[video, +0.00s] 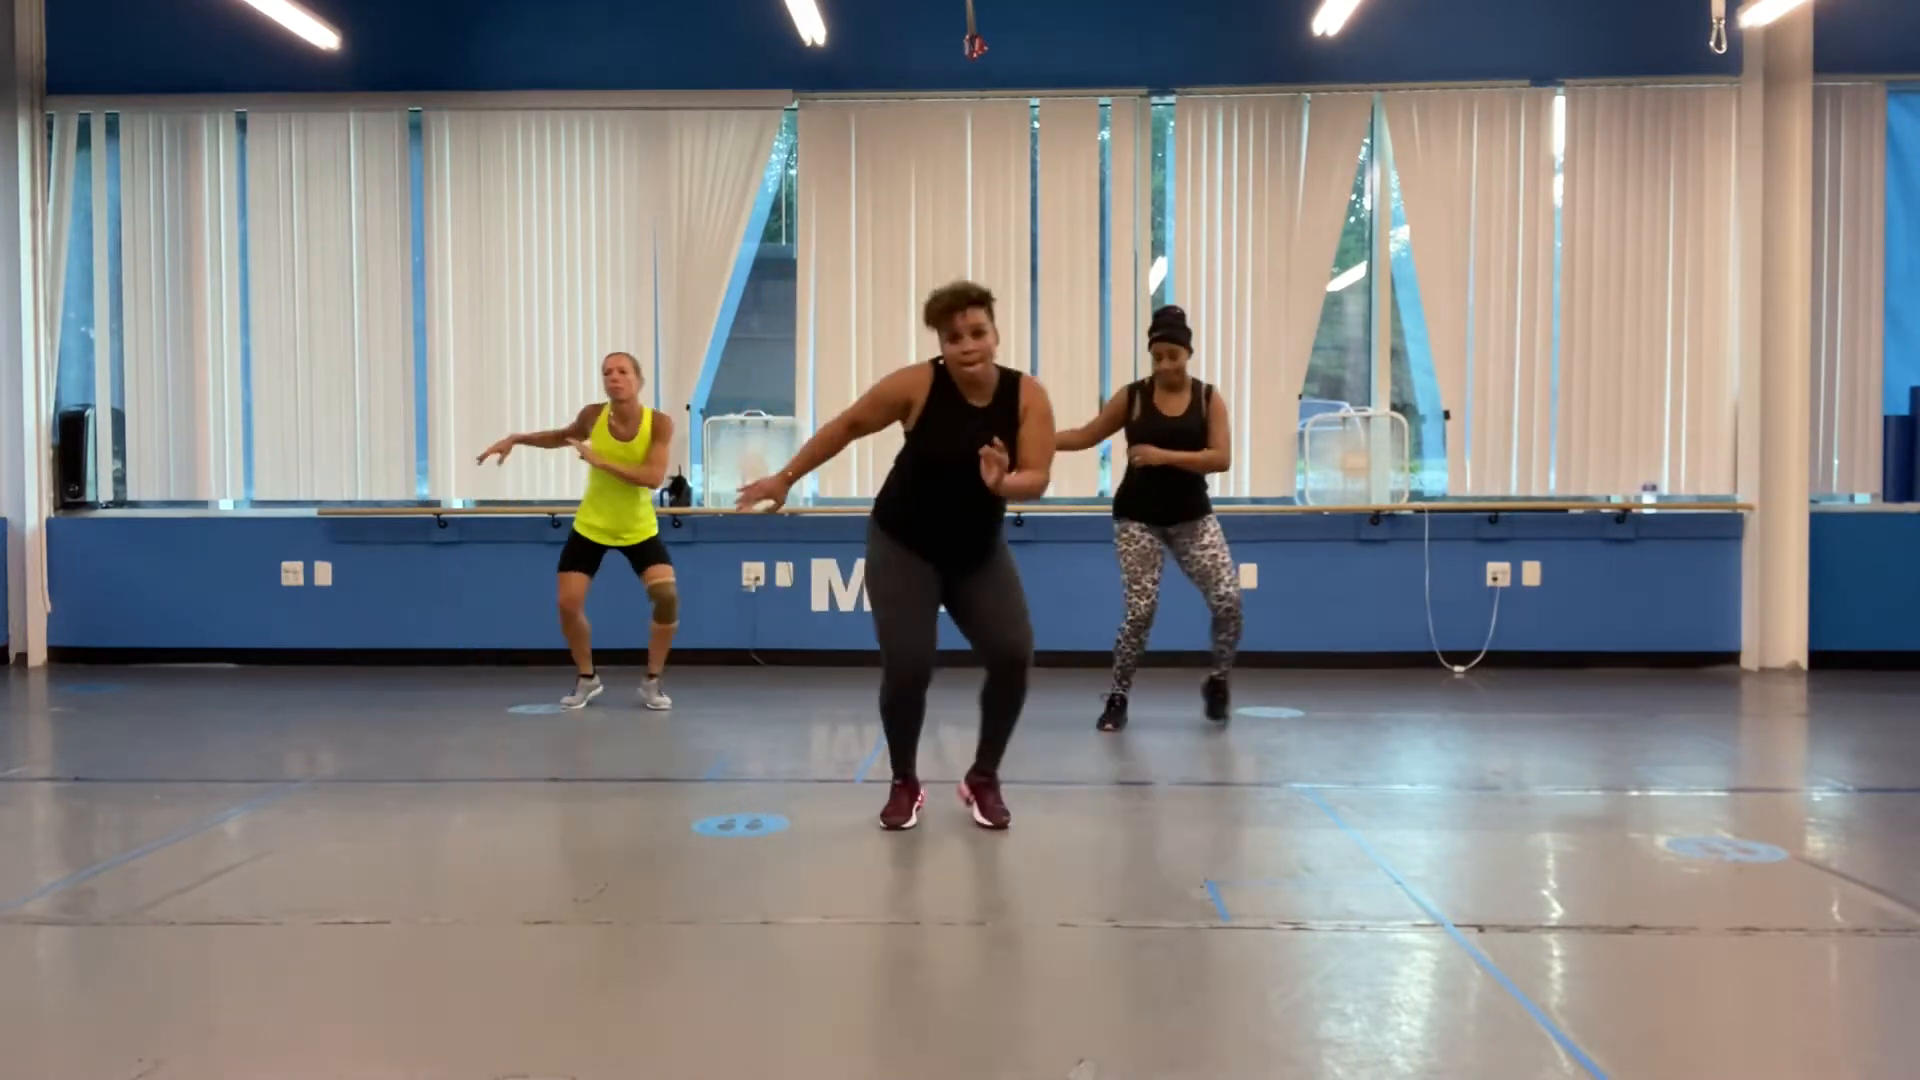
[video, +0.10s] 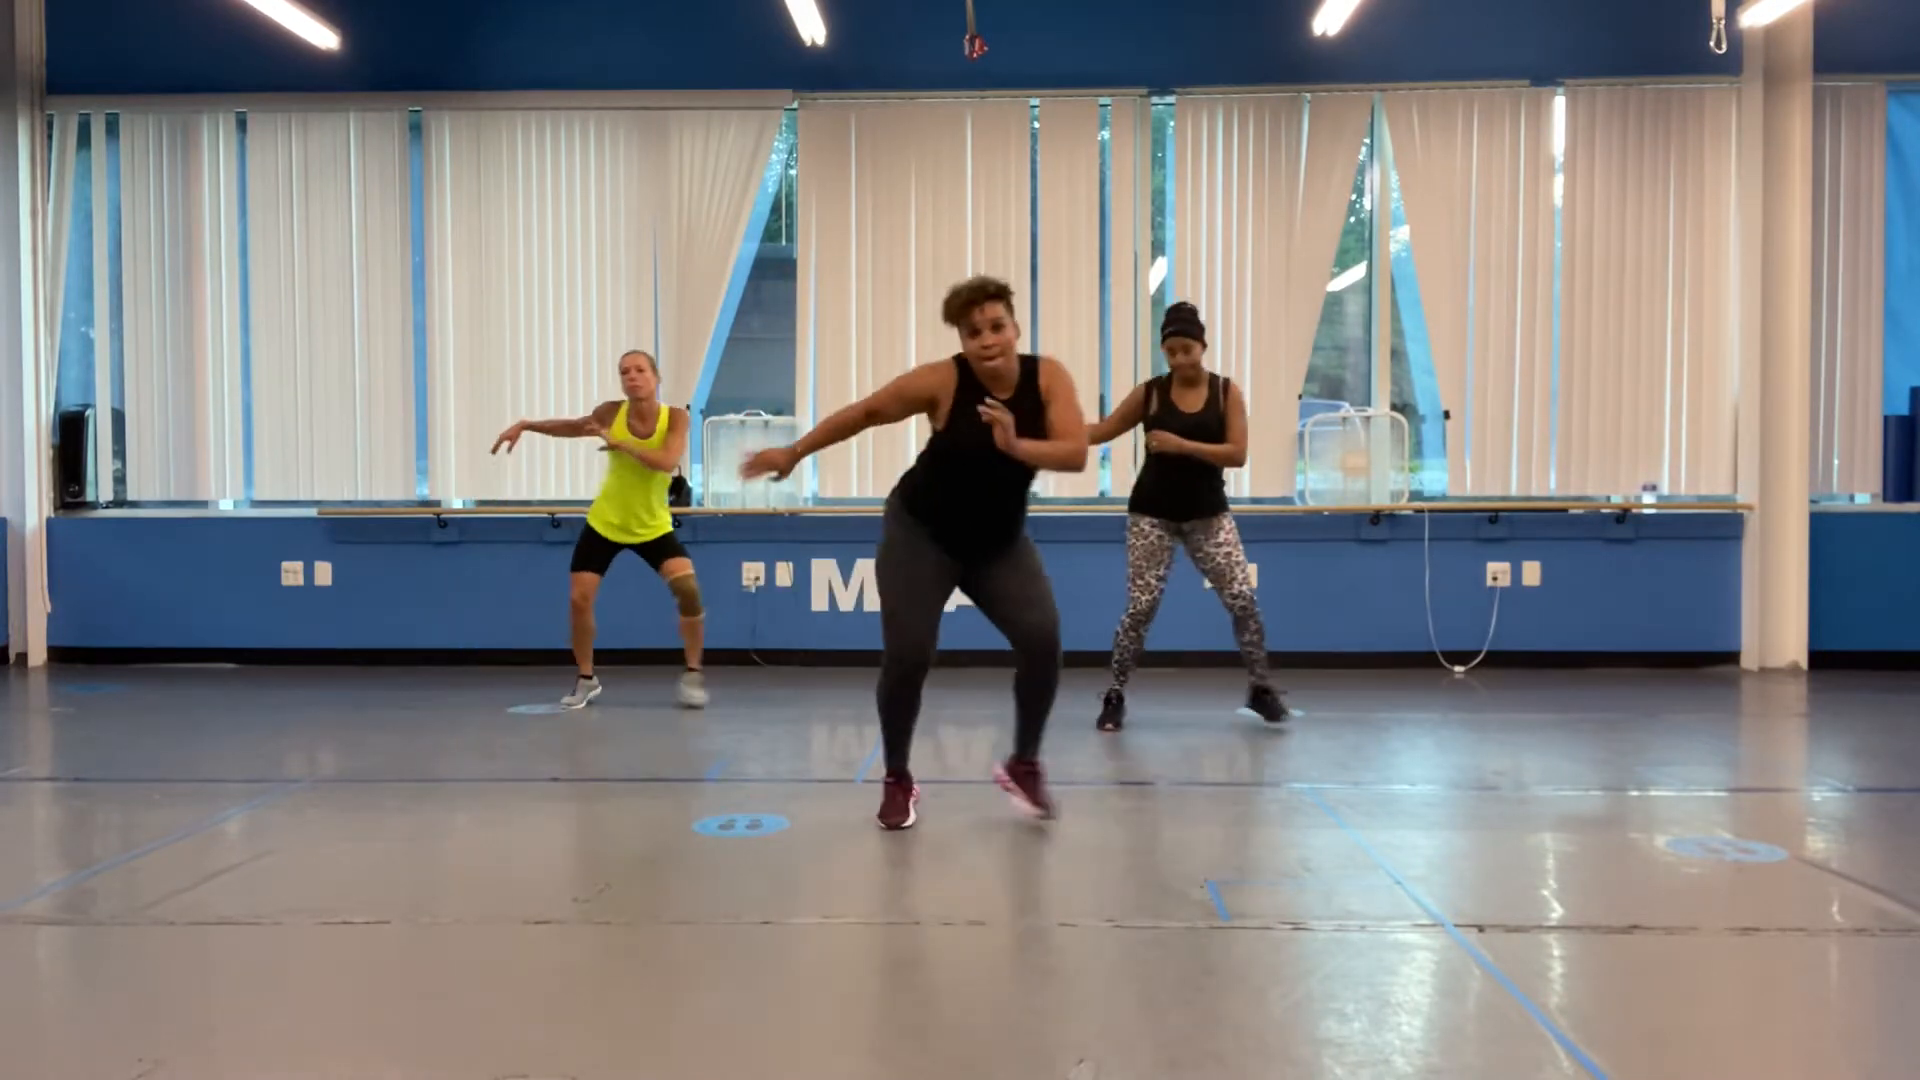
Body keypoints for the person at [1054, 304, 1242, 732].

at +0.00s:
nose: (1166, 364)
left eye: (1174, 355)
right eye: (1159, 356)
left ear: (1188, 353)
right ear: (1150, 356)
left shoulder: (1208, 398)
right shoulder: (1131, 398)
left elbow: (1220, 459)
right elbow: (1085, 436)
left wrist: (1163, 455)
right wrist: (1037, 439)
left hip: (1192, 518)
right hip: (1137, 518)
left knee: (1228, 600)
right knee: (1141, 610)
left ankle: (1219, 683)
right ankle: (1118, 697)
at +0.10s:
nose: (1179, 355)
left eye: (1186, 347)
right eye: (1172, 348)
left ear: (1202, 346)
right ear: (1164, 350)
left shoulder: (1227, 393)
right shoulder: (1148, 394)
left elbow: (1237, 455)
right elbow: (1103, 431)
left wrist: (1181, 445)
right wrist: (1061, 428)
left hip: (1208, 515)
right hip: (1152, 515)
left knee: (1241, 598)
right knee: (1142, 606)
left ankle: (1261, 688)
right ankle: (1114, 694)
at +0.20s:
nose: (1194, 362)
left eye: (1201, 354)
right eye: (1186, 355)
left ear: (1217, 354)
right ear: (1179, 358)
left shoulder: (1244, 398)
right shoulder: (1166, 404)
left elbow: (1260, 458)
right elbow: (1122, 443)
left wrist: (1202, 458)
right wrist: (1080, 437)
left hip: (1230, 521)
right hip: (1173, 519)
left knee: (1257, 610)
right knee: (1153, 606)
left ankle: (1283, 702)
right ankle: (1109, 690)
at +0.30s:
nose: (1206, 372)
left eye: (1212, 362)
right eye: (1198, 365)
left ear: (1227, 361)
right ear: (1188, 369)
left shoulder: (1255, 409)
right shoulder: (1177, 418)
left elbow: (1276, 472)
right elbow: (1148, 476)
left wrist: (1235, 505)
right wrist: (1103, 484)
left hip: (1244, 527)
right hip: (1186, 529)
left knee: (1270, 613)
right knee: (1176, 609)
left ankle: (1284, 703)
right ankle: (1128, 664)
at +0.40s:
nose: (1204, 370)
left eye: (1211, 361)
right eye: (1196, 363)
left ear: (1226, 362)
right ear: (1187, 369)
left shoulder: (1257, 411)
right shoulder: (1176, 422)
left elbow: (1278, 476)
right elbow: (1163, 485)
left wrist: (1285, 532)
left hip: (1245, 531)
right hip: (1186, 533)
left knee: (1266, 615)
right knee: (1171, 616)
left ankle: (1283, 702)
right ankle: (1151, 692)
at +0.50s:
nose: (1194, 360)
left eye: (1201, 352)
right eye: (1186, 354)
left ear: (1216, 355)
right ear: (1178, 361)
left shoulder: (1243, 403)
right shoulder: (1166, 415)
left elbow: (1279, 460)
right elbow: (1160, 486)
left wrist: (1315, 508)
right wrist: (1185, 531)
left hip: (1240, 524)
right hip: (1184, 524)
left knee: (1254, 610)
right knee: (1156, 606)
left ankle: (1283, 702)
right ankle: (1136, 689)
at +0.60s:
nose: (1181, 353)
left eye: (1189, 346)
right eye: (1173, 346)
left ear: (1203, 351)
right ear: (1163, 354)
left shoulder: (1225, 400)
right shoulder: (1145, 407)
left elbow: (1268, 440)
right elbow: (1141, 476)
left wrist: (1319, 477)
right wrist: (1196, 483)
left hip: (1222, 517)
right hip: (1165, 520)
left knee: (1245, 603)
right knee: (1143, 600)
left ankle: (1285, 698)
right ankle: (1118, 688)